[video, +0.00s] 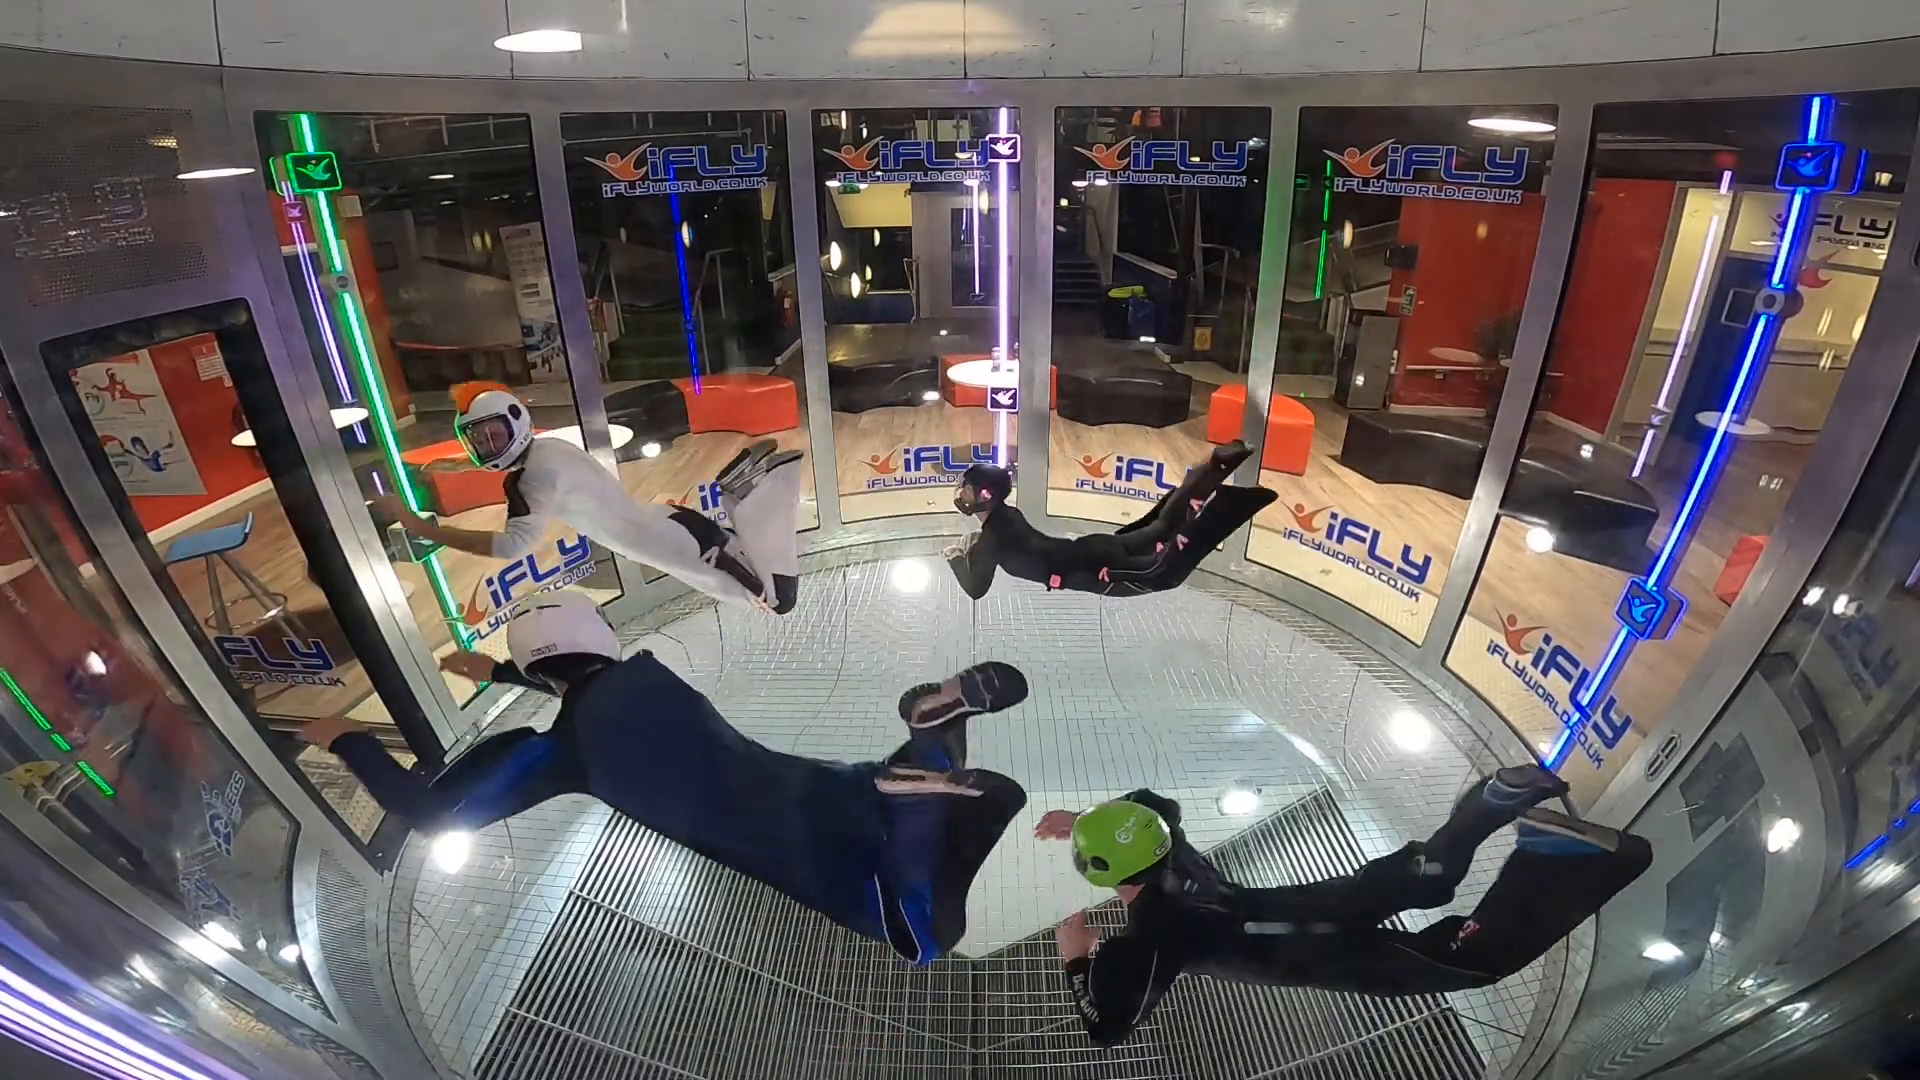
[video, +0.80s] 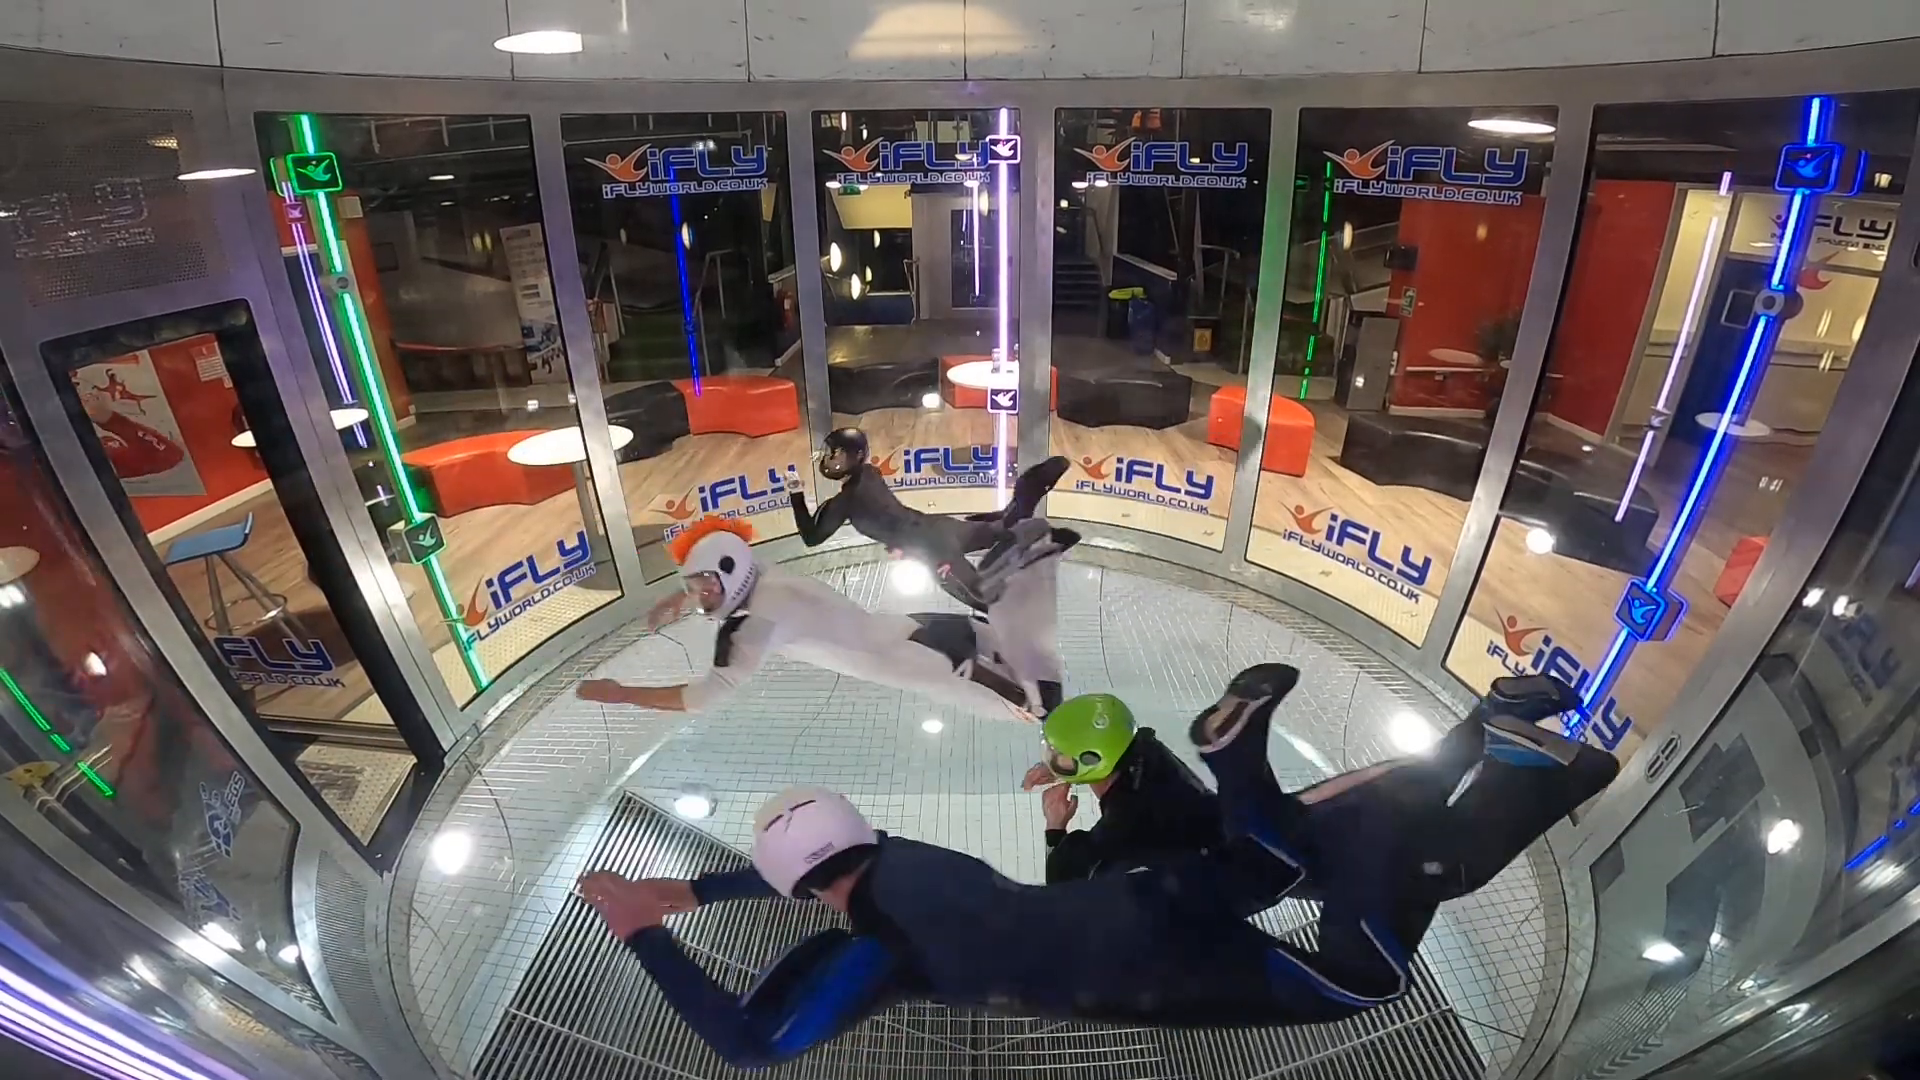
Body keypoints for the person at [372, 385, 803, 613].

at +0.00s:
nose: (486, 444)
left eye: (493, 431)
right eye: (477, 437)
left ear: (518, 425)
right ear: (473, 441)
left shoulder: (538, 472)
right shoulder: (540, 454)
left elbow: (509, 546)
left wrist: (422, 527)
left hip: (683, 541)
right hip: (668, 532)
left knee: (777, 598)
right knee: (757, 591)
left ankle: (750, 500)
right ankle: (731, 502)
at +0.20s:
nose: (486, 471)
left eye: (493, 457)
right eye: (476, 464)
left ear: (522, 449)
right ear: (472, 469)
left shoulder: (537, 504)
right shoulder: (545, 475)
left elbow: (492, 578)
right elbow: (616, 511)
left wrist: (391, 565)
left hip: (689, 574)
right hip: (682, 557)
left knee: (787, 638)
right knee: (772, 625)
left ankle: (772, 536)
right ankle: (774, 524)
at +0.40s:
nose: (522, 514)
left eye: (529, 500)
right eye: (515, 506)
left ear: (558, 489)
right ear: (529, 501)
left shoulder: (574, 543)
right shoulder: (588, 508)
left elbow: (522, 614)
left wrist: (429, 599)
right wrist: (522, 534)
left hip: (735, 610)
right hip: (733, 592)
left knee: (843, 669)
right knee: (833, 658)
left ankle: (824, 558)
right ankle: (823, 559)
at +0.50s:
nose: (553, 535)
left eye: (558, 521)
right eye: (546, 526)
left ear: (588, 511)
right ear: (569, 519)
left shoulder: (612, 560)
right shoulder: (622, 530)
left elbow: (561, 640)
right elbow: (689, 547)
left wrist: (463, 627)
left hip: (768, 625)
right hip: (768, 605)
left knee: (885, 679)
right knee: (864, 656)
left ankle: (875, 552)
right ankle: (858, 567)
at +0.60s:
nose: (600, 557)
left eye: (605, 542)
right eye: (591, 549)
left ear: (633, 531)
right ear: (602, 545)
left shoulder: (658, 578)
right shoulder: (659, 545)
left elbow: (597, 661)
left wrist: (499, 663)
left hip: (821, 636)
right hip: (815, 622)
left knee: (932, 687)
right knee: (913, 674)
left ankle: (926, 552)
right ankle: (911, 558)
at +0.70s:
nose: (650, 578)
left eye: (656, 564)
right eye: (642, 570)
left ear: (681, 550)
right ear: (661, 556)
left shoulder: (706, 602)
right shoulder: (707, 557)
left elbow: (648, 680)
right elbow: (657, 565)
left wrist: (553, 688)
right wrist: (617, 584)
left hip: (855, 644)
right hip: (850, 617)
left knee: (978, 693)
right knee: (930, 634)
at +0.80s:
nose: (699, 593)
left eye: (705, 583)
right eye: (695, 584)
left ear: (732, 579)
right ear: (730, 573)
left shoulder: (762, 623)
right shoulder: (756, 577)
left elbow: (701, 697)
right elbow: (710, 584)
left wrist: (624, 695)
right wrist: (674, 605)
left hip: (920, 661)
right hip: (913, 629)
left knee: (1026, 702)